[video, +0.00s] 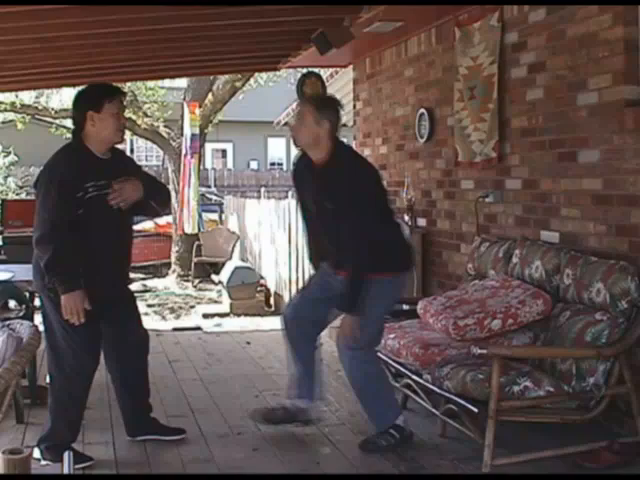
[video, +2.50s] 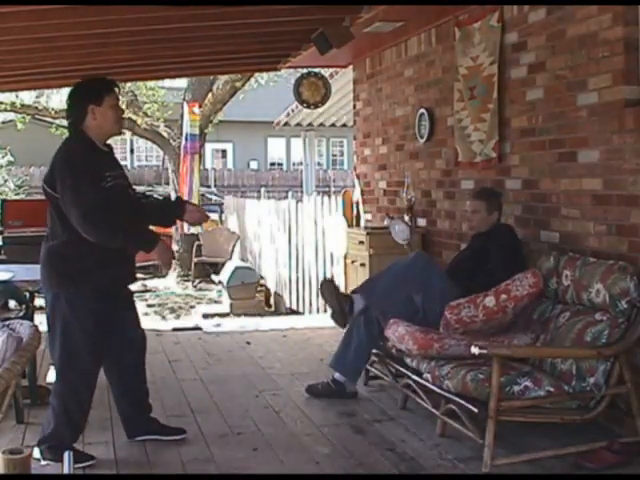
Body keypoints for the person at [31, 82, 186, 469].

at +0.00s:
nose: (124, 119)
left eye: (123, 112)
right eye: (117, 113)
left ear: (105, 120)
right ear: (91, 119)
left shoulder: (121, 163)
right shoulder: (61, 168)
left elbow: (162, 200)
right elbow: (47, 235)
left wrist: (142, 191)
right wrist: (67, 287)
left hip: (111, 281)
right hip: (67, 284)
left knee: (132, 347)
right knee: (75, 364)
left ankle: (139, 422)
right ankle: (54, 444)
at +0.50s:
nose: (116, 112)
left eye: (114, 104)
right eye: (110, 105)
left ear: (90, 110)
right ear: (88, 109)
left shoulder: (96, 152)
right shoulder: (69, 155)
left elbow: (126, 188)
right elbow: (64, 226)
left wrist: (163, 176)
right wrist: (85, 279)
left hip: (112, 277)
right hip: (81, 282)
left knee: (128, 352)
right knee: (81, 365)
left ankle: (138, 422)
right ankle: (54, 444)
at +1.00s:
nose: (116, 111)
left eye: (115, 103)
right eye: (111, 103)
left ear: (88, 109)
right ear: (90, 108)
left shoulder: (93, 151)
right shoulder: (73, 154)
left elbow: (127, 189)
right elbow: (78, 223)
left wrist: (171, 172)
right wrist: (112, 269)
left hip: (108, 276)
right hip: (81, 279)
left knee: (128, 349)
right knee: (81, 363)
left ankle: (139, 423)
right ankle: (54, 445)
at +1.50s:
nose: (138, 120)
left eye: (138, 112)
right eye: (135, 112)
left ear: (112, 113)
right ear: (115, 113)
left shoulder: (105, 153)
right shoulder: (89, 154)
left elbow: (138, 191)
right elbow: (85, 222)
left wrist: (188, 179)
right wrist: (117, 268)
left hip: (109, 275)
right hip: (82, 277)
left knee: (131, 345)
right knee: (81, 363)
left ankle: (139, 422)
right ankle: (54, 446)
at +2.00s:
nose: (145, 121)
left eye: (144, 113)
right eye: (140, 113)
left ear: (118, 116)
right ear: (118, 114)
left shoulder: (119, 159)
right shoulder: (86, 159)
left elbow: (141, 209)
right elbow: (87, 226)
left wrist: (190, 213)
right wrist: (128, 264)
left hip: (110, 274)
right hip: (75, 277)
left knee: (129, 347)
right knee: (76, 363)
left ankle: (139, 423)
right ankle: (54, 445)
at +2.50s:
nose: (122, 112)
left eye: (119, 105)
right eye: (114, 106)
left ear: (95, 113)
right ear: (91, 111)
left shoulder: (104, 157)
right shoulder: (72, 157)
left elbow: (130, 205)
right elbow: (92, 223)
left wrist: (179, 210)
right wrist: (148, 242)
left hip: (107, 276)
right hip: (74, 280)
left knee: (128, 348)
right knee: (77, 363)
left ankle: (139, 423)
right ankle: (55, 445)